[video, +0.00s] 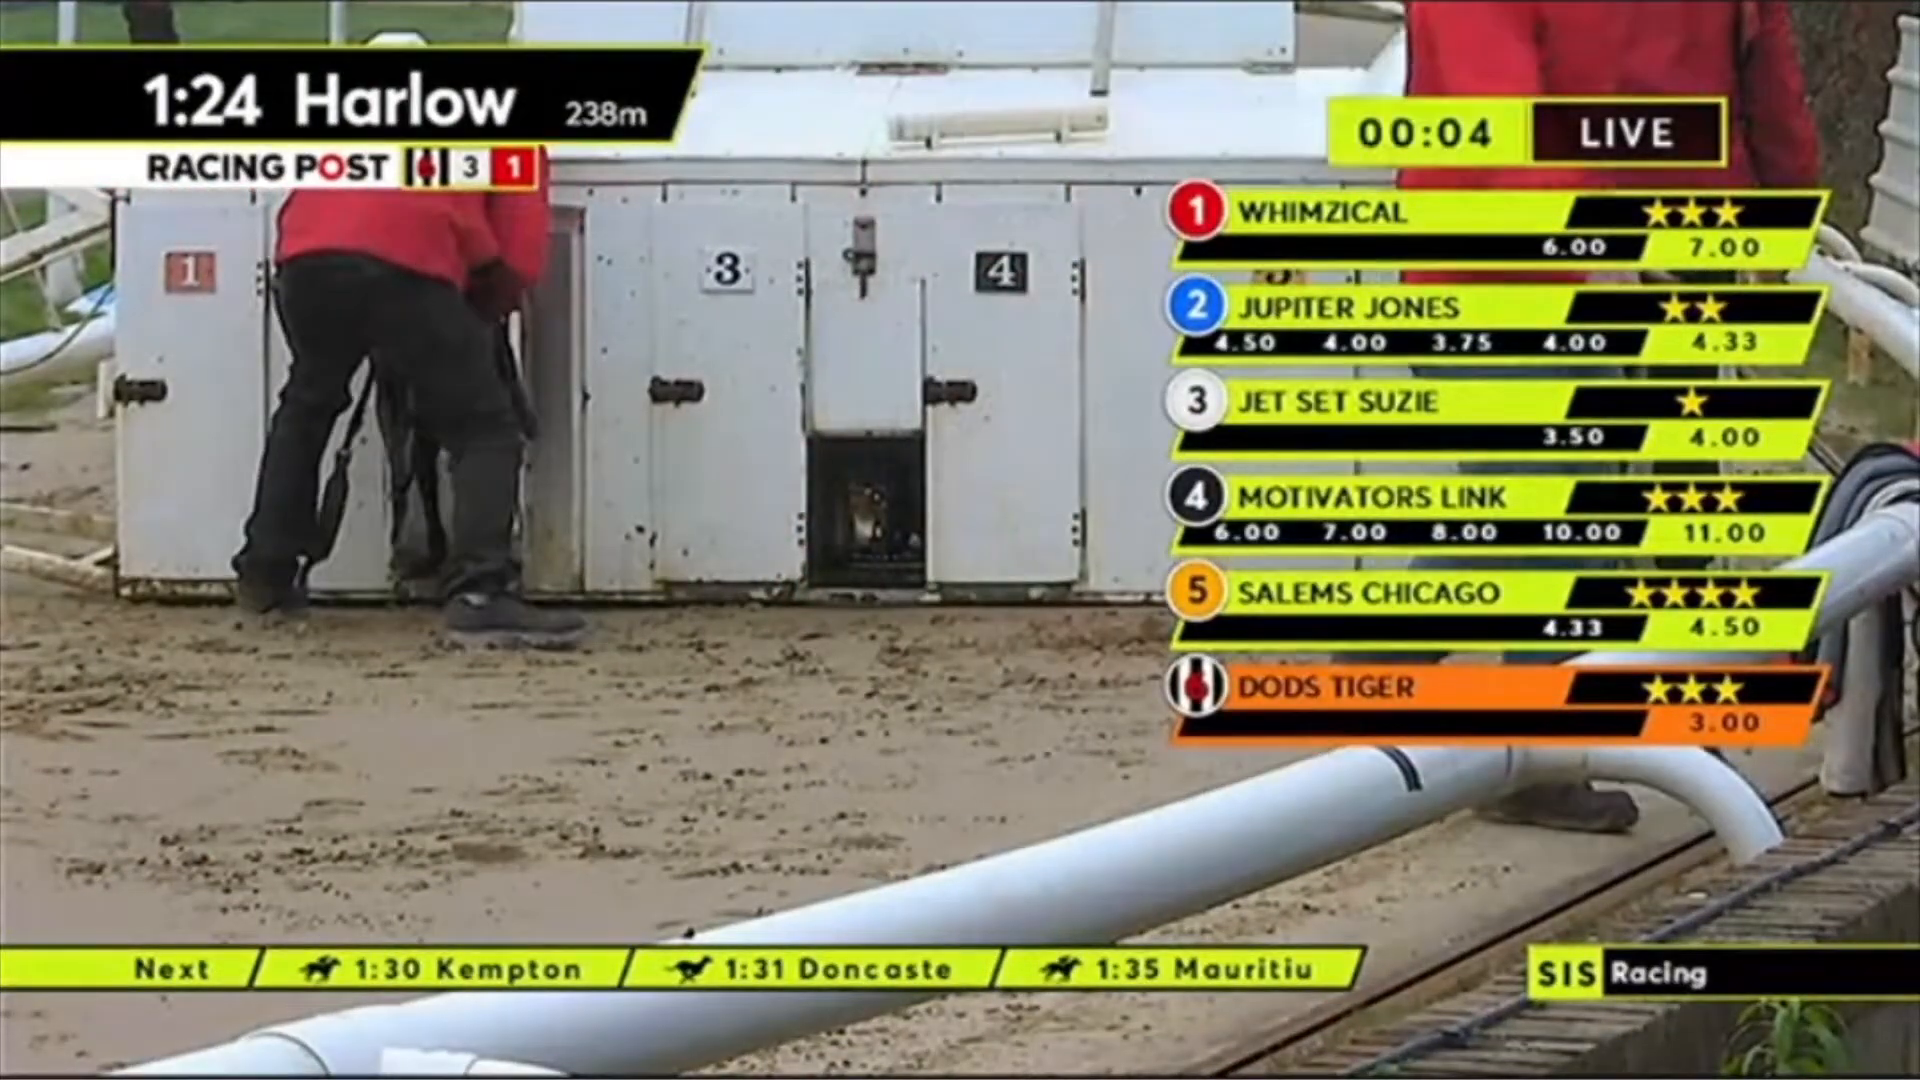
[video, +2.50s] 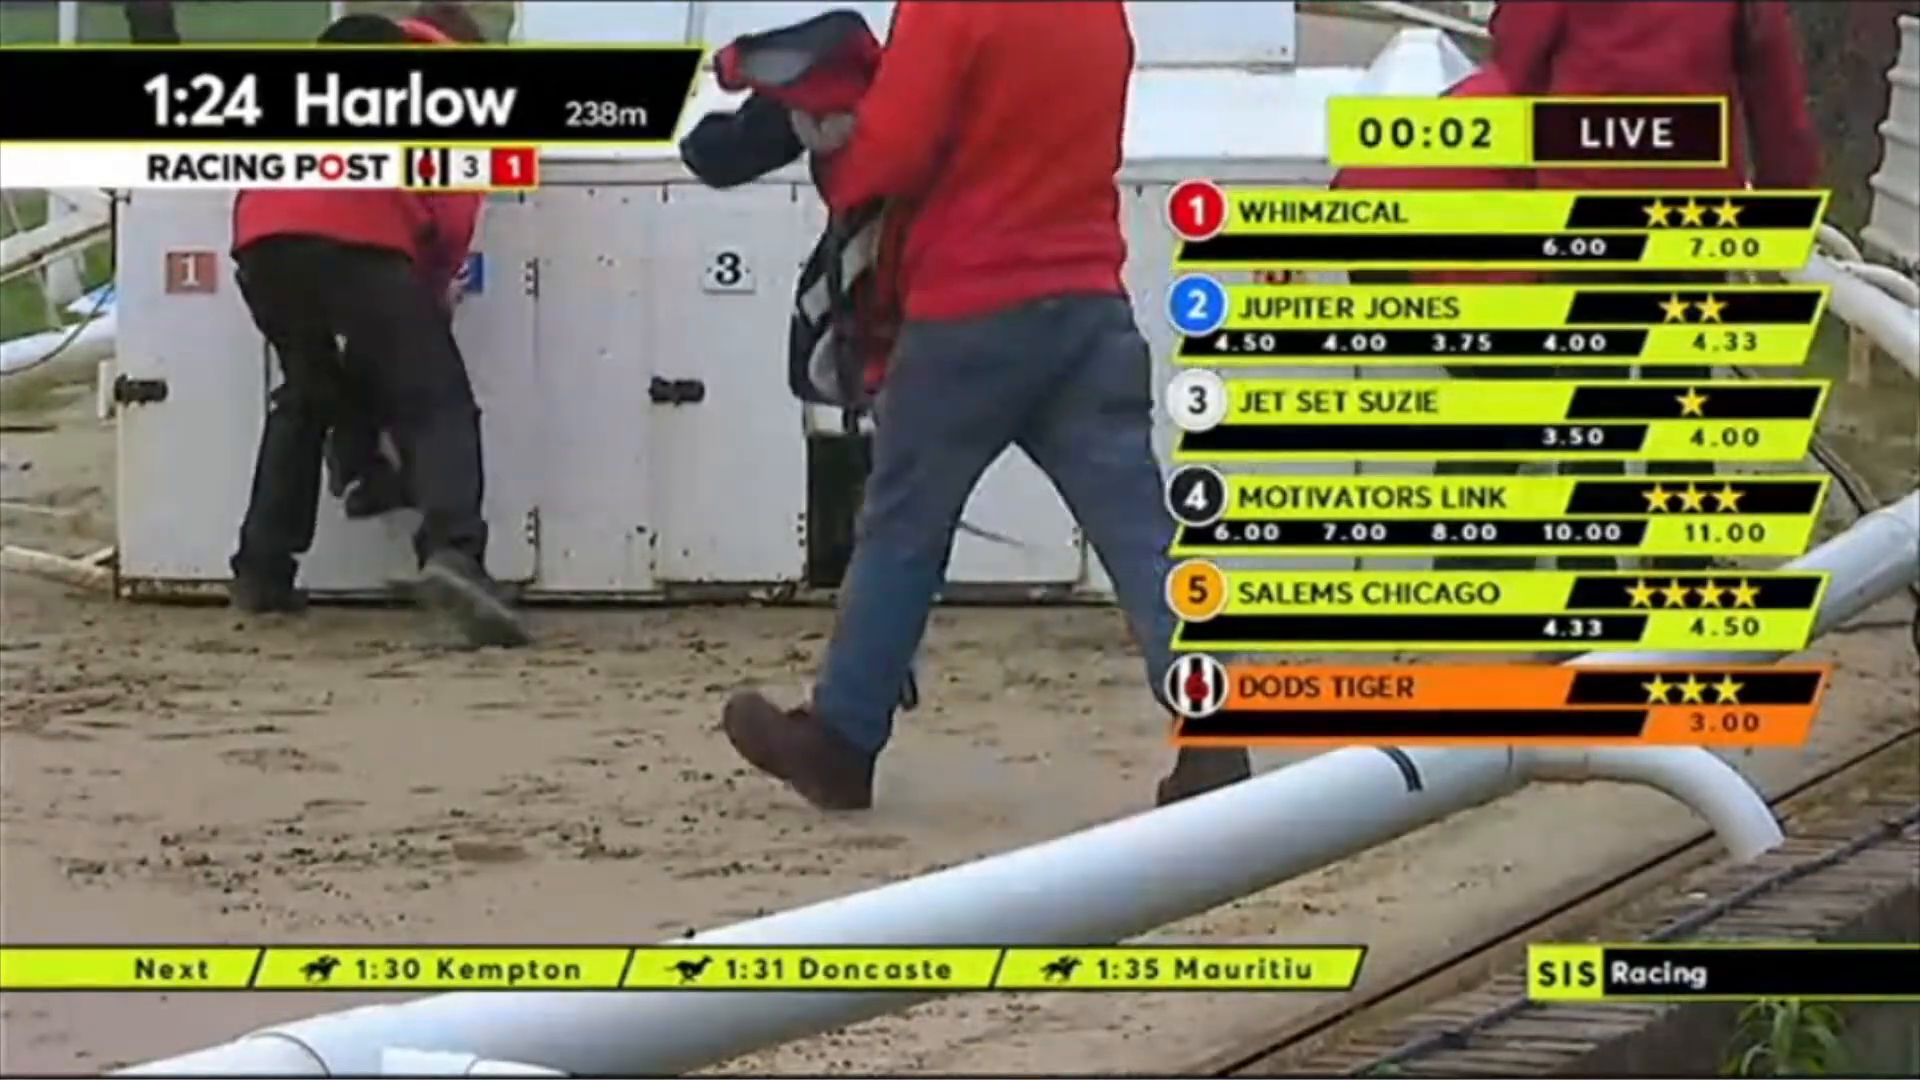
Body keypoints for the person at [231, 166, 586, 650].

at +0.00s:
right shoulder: (513, 137)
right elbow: (521, 263)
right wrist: (474, 316)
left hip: (308, 258)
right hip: (409, 270)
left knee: (310, 395)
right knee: (487, 429)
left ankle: (266, 573)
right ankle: (483, 591)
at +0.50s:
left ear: (388, 73)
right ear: (471, 83)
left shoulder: (344, 123)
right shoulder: (484, 133)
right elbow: (525, 266)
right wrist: (504, 323)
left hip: (289, 271)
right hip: (391, 273)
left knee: (315, 392)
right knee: (472, 422)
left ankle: (262, 574)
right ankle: (484, 591)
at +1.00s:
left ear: (376, 72)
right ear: (463, 86)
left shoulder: (336, 115)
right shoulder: (475, 129)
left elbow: (275, 215)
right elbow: (482, 253)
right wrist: (447, 333)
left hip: (290, 259)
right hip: (388, 264)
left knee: (312, 397)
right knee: (462, 422)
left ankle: (263, 574)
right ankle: (484, 590)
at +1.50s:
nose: (490, 104)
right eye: (485, 91)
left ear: (411, 61)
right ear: (473, 78)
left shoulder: (353, 117)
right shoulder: (468, 128)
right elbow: (515, 218)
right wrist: (583, 309)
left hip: (277, 266)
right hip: (375, 265)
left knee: (326, 391)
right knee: (471, 418)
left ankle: (264, 572)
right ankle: (487, 594)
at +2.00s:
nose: (473, 63)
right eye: (470, 50)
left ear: (402, 26)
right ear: (458, 43)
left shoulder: (331, 69)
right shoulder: (456, 90)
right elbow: (467, 209)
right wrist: (454, 292)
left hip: (262, 245)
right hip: (360, 252)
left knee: (299, 390)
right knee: (422, 409)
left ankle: (260, 575)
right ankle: (463, 586)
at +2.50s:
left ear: (412, 26)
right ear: (461, 43)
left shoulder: (313, 70)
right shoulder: (455, 79)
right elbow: (455, 214)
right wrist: (432, 292)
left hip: (262, 240)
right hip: (365, 245)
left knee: (305, 391)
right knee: (441, 406)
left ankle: (262, 573)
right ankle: (452, 555)